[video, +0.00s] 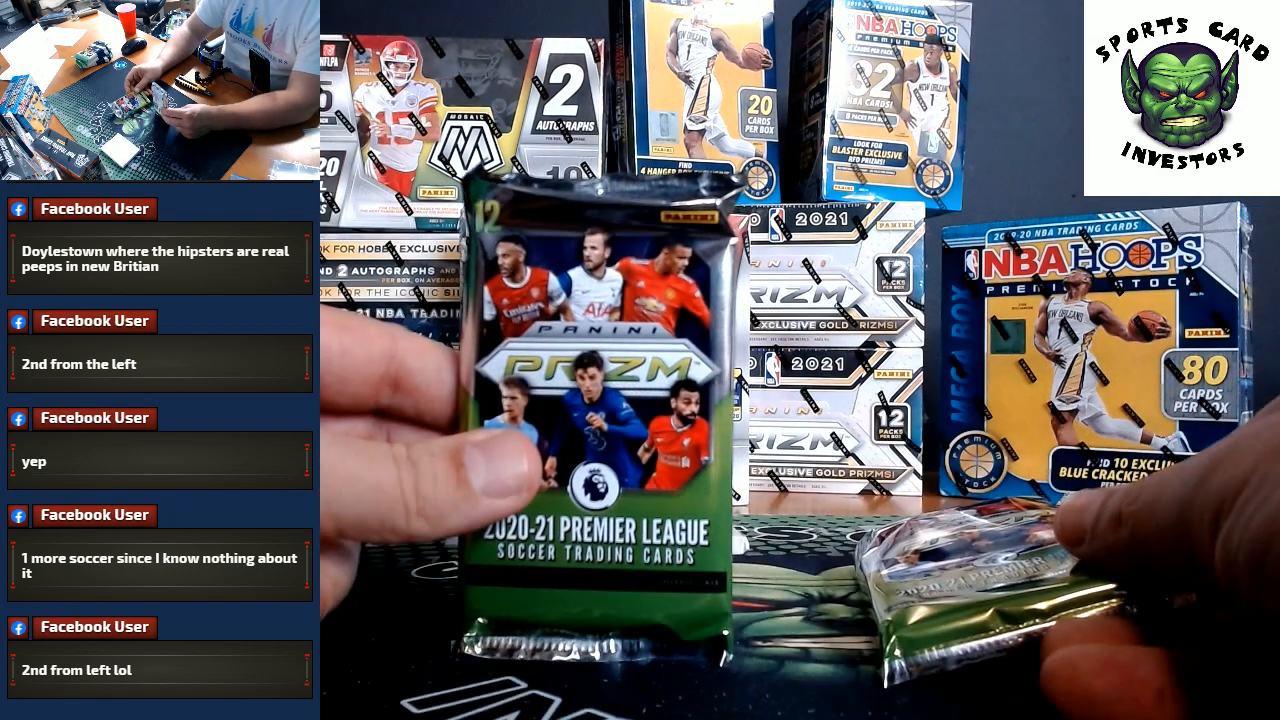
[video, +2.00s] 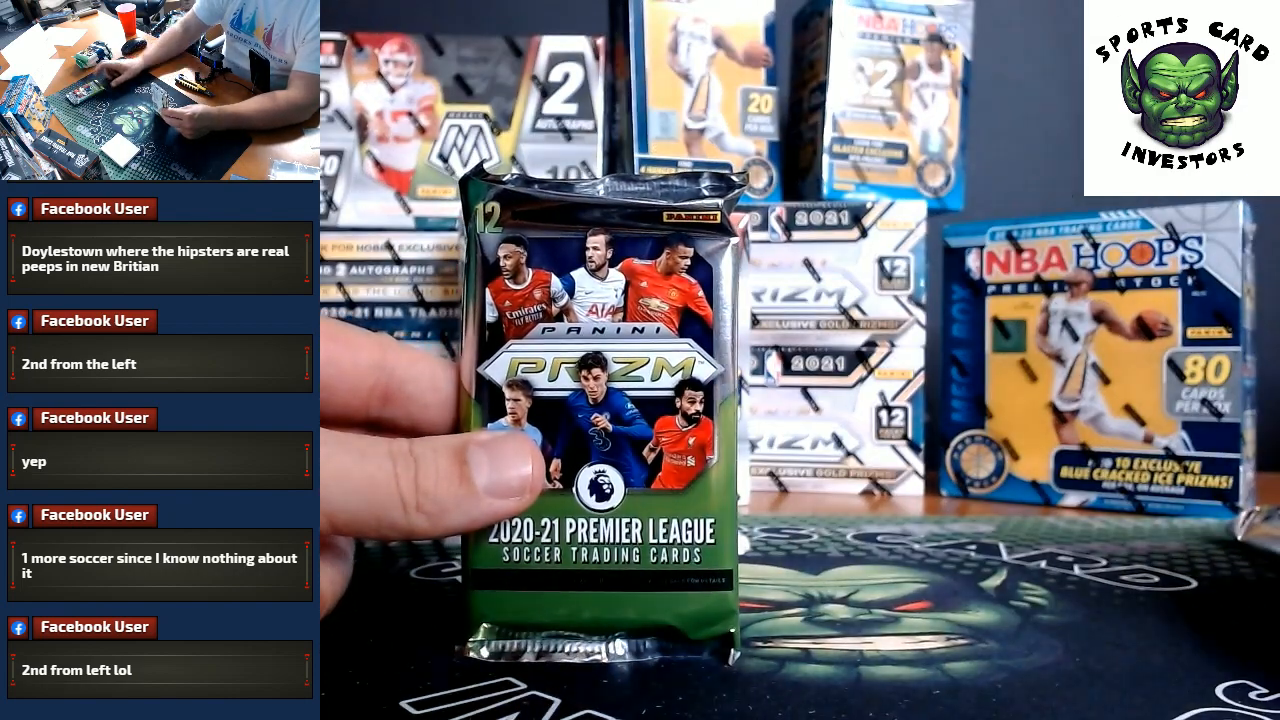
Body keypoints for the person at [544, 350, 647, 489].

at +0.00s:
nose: (587, 384)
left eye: (592, 378)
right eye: (582, 378)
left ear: (602, 376)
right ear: (576, 379)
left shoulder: (613, 399)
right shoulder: (571, 401)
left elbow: (641, 432)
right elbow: (562, 428)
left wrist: (608, 428)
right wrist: (553, 455)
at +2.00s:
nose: (591, 385)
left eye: (596, 378)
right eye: (586, 379)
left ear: (606, 376)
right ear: (580, 378)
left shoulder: (617, 399)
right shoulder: (574, 402)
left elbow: (646, 432)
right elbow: (567, 429)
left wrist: (612, 429)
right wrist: (558, 457)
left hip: (630, 473)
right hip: (598, 471)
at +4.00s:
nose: (588, 384)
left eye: (593, 377)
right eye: (583, 377)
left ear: (603, 374)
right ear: (577, 377)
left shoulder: (615, 398)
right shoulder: (572, 400)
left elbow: (643, 429)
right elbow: (566, 421)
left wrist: (610, 427)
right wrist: (555, 455)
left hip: (627, 472)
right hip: (596, 470)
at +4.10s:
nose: (588, 384)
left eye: (593, 377)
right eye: (582, 378)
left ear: (602, 375)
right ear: (577, 378)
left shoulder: (614, 398)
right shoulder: (571, 400)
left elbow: (643, 430)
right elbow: (566, 422)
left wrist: (609, 427)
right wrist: (554, 455)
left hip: (627, 473)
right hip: (596, 472)